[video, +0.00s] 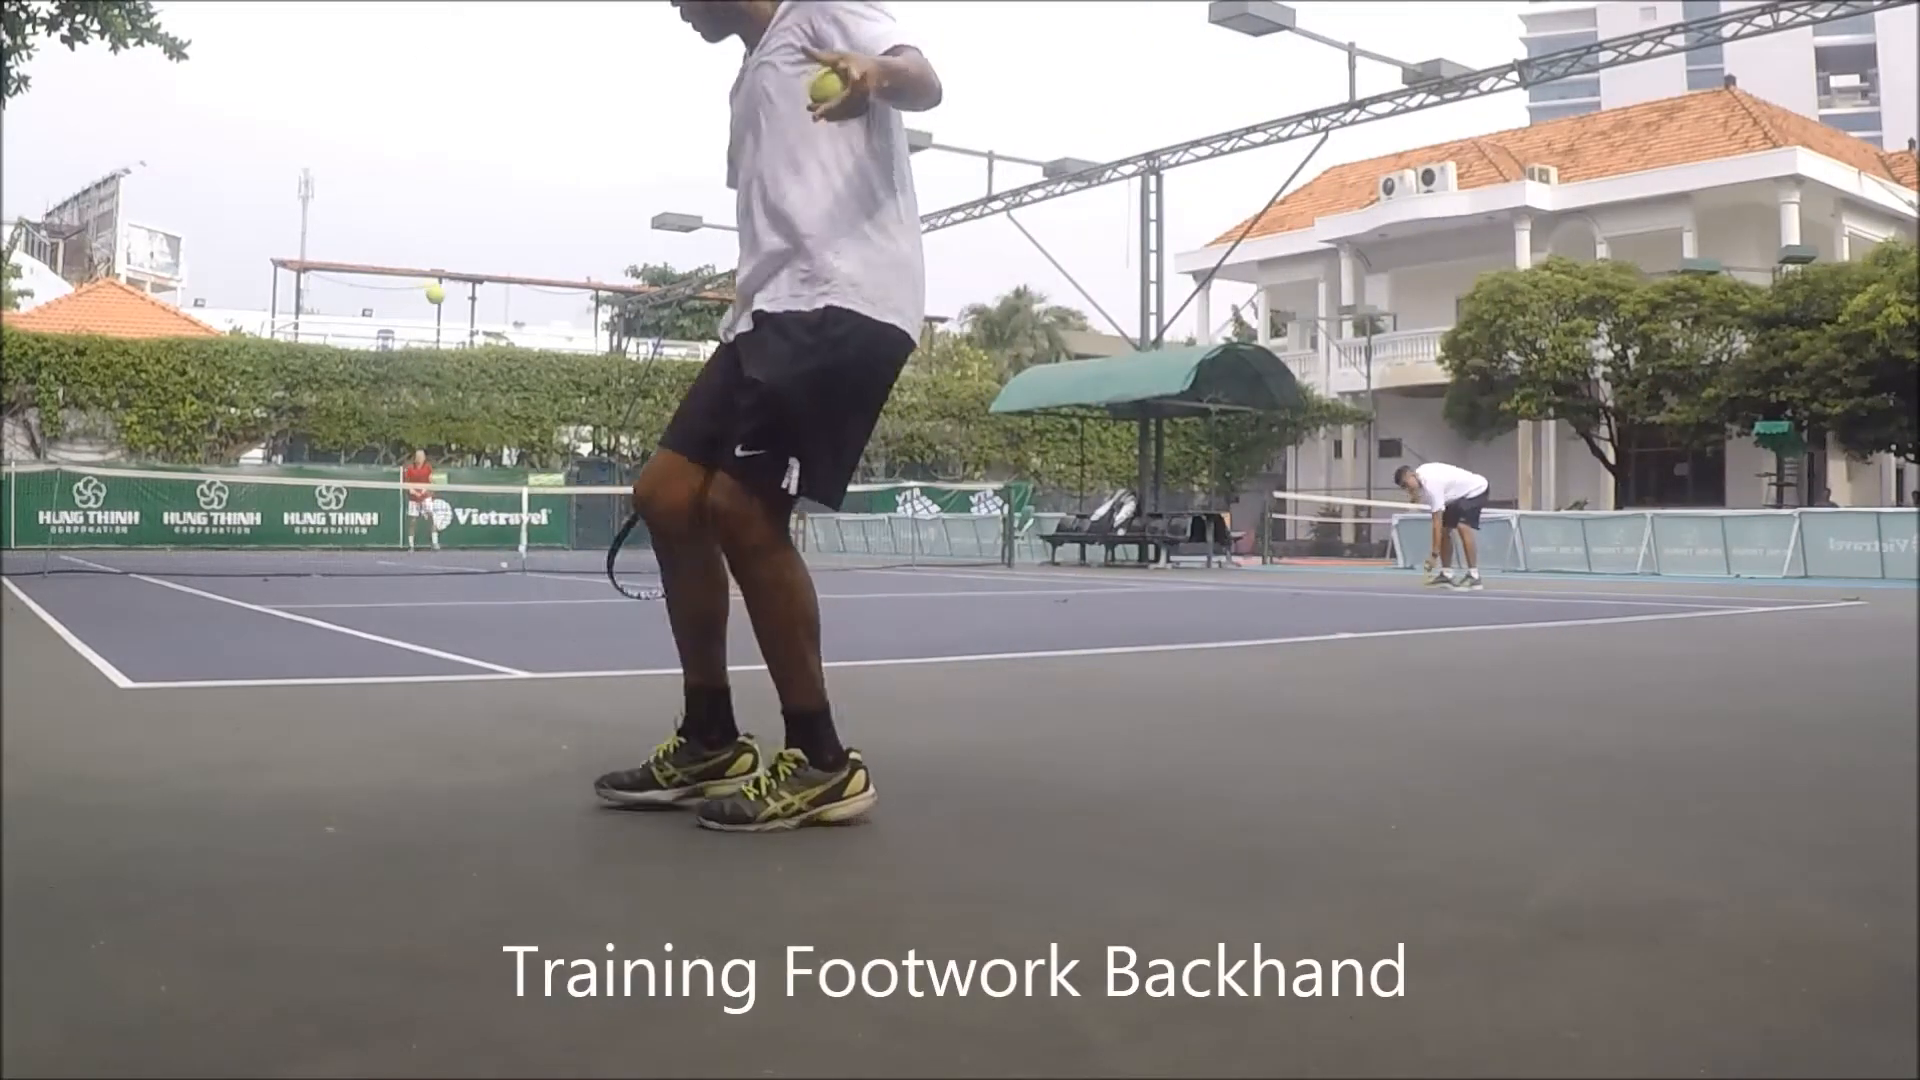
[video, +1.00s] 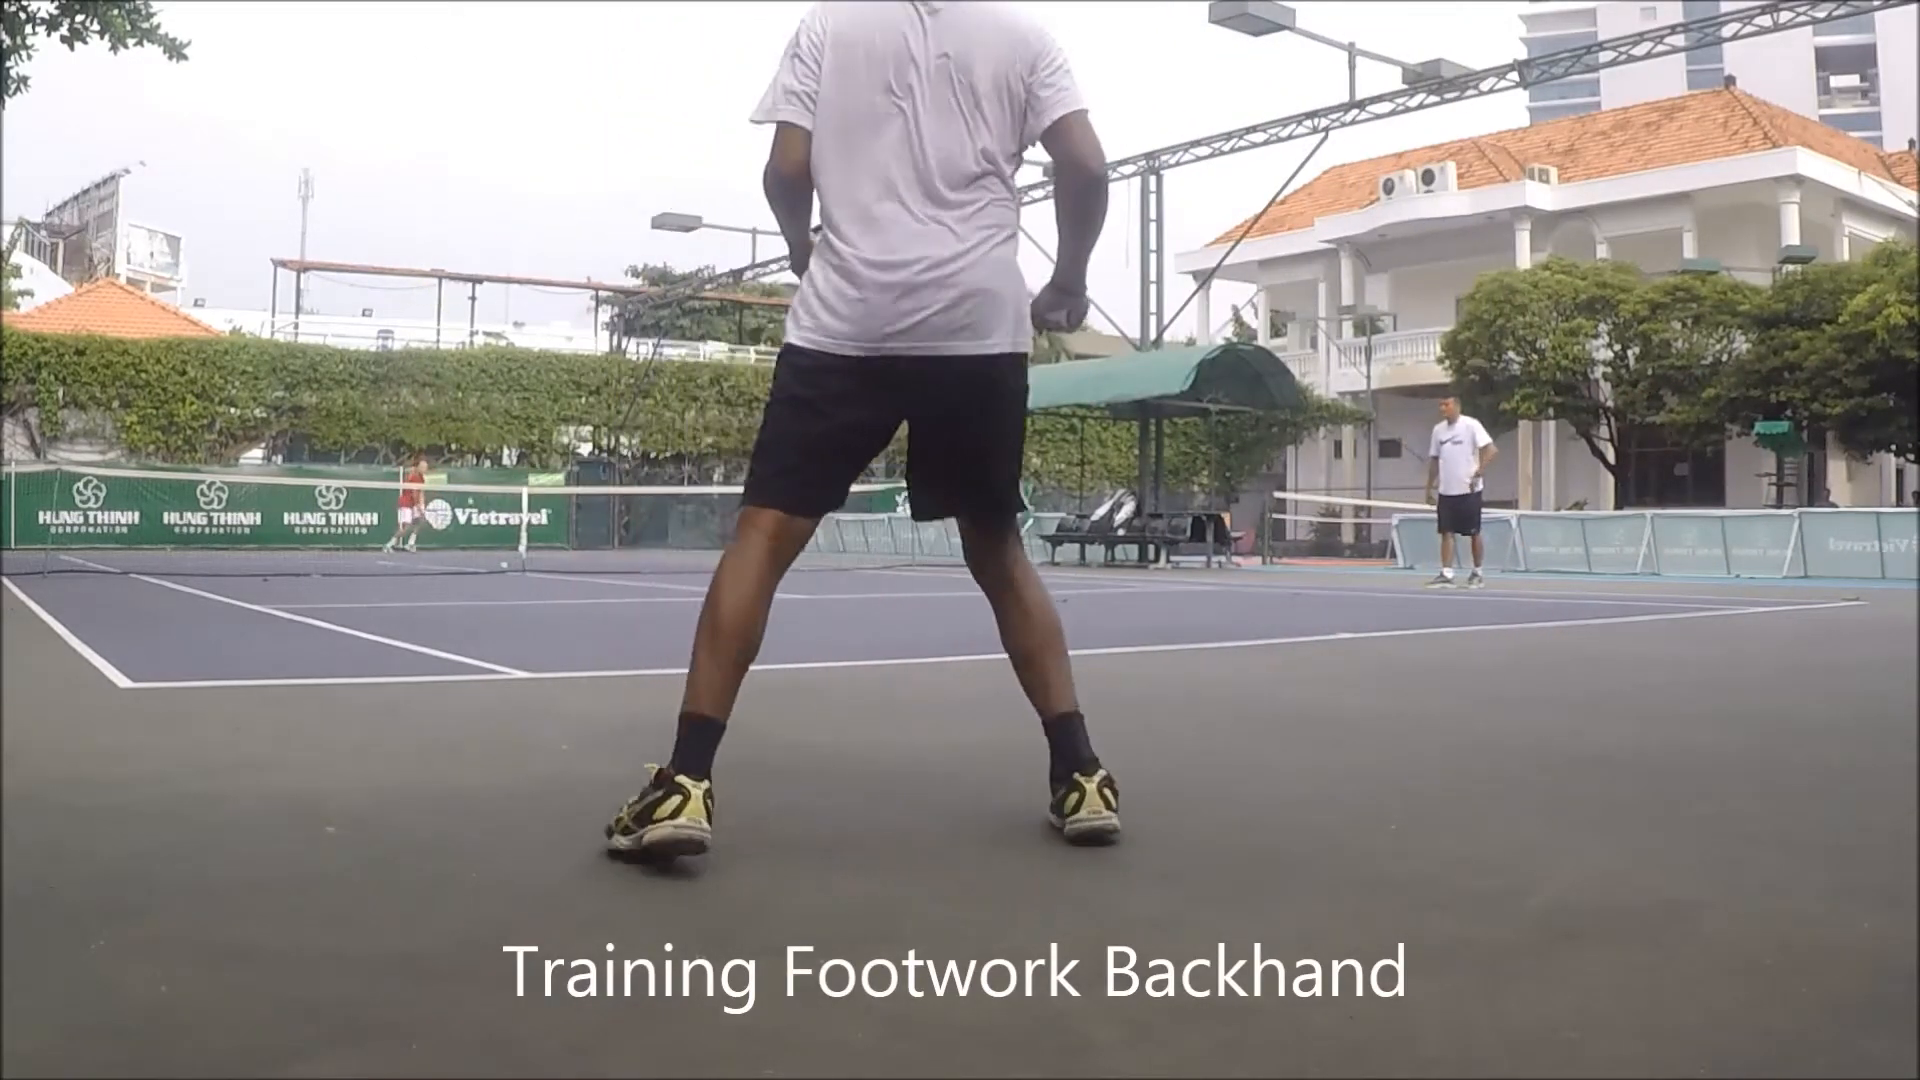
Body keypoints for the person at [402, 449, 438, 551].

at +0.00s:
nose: (419, 460)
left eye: (421, 458)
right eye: (417, 458)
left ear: (424, 458)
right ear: (415, 458)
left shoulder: (428, 468)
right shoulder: (409, 469)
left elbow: (431, 481)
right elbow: (406, 483)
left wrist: (424, 490)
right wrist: (413, 491)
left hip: (426, 496)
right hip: (413, 497)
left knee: (431, 518)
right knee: (412, 520)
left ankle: (435, 542)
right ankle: (411, 544)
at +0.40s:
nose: (420, 465)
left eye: (422, 462)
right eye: (419, 462)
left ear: (425, 464)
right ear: (415, 463)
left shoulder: (427, 475)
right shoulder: (408, 474)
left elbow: (427, 489)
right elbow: (405, 489)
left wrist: (421, 499)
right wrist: (411, 498)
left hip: (421, 500)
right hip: (409, 500)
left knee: (429, 519)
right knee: (403, 518)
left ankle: (431, 542)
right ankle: (399, 539)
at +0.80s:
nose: (424, 470)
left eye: (425, 467)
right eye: (422, 467)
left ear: (427, 468)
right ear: (417, 467)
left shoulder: (426, 478)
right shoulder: (409, 476)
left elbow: (424, 492)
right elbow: (406, 491)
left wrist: (422, 503)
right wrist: (413, 503)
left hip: (419, 502)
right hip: (407, 502)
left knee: (423, 521)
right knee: (407, 521)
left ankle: (421, 544)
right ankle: (394, 541)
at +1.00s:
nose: (425, 469)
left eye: (426, 467)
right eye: (423, 466)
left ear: (425, 468)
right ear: (417, 466)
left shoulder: (420, 478)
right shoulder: (412, 477)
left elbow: (421, 493)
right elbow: (414, 493)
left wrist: (422, 505)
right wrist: (417, 504)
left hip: (414, 504)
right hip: (405, 503)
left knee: (419, 521)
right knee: (405, 526)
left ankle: (410, 543)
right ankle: (390, 544)